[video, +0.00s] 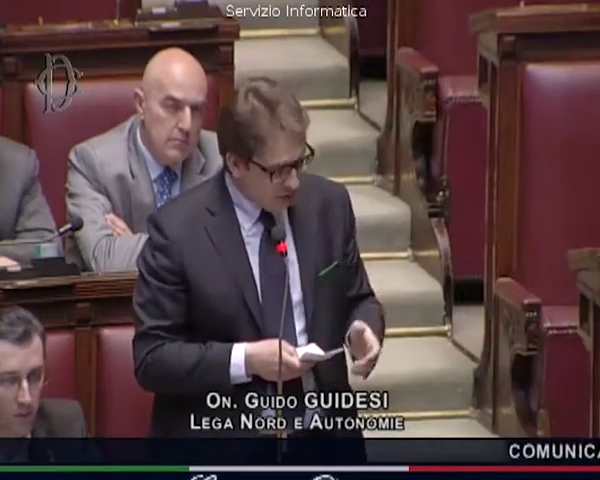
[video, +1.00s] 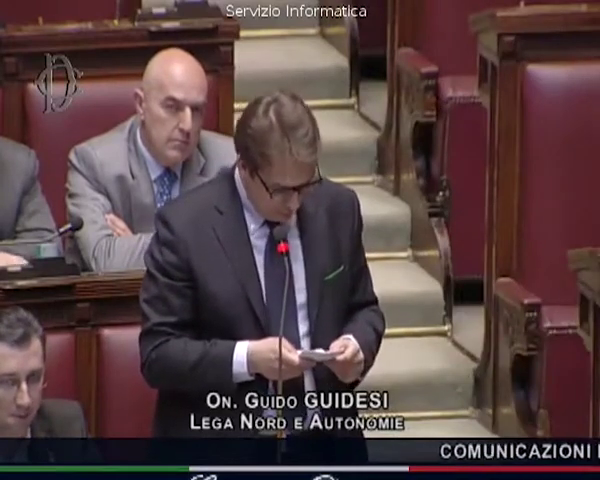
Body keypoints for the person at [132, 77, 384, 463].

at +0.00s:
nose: (293, 182)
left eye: (300, 163)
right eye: (278, 171)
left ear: (306, 149)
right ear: (235, 163)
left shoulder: (329, 202)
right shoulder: (177, 227)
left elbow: (361, 298)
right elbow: (151, 359)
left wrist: (364, 327)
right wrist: (244, 359)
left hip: (322, 441)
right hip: (217, 447)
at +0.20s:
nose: (290, 199)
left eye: (299, 182)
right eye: (276, 185)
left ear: (309, 162)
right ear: (238, 167)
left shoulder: (328, 203)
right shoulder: (178, 227)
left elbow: (354, 303)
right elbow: (154, 359)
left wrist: (352, 341)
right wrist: (247, 358)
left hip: (321, 439)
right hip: (217, 444)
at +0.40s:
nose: (293, 201)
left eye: (303, 185)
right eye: (281, 187)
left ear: (312, 163)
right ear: (241, 166)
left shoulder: (330, 204)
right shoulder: (179, 225)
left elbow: (357, 303)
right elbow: (156, 357)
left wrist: (354, 339)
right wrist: (248, 357)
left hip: (320, 439)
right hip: (218, 444)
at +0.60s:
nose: (294, 199)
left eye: (303, 183)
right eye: (280, 186)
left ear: (313, 163)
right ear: (242, 167)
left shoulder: (333, 205)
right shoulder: (180, 225)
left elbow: (360, 307)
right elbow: (155, 355)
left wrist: (354, 341)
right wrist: (245, 357)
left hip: (320, 439)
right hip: (217, 444)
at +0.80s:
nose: (293, 200)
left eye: (303, 184)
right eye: (280, 186)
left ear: (313, 163)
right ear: (243, 167)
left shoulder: (336, 206)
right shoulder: (181, 224)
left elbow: (363, 308)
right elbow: (156, 355)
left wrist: (356, 342)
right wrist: (245, 358)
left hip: (322, 438)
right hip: (217, 444)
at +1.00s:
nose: (295, 203)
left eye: (306, 187)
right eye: (282, 190)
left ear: (315, 165)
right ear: (244, 170)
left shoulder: (338, 207)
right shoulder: (183, 223)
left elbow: (366, 310)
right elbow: (158, 355)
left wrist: (357, 343)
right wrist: (246, 358)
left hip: (323, 441)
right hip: (219, 446)